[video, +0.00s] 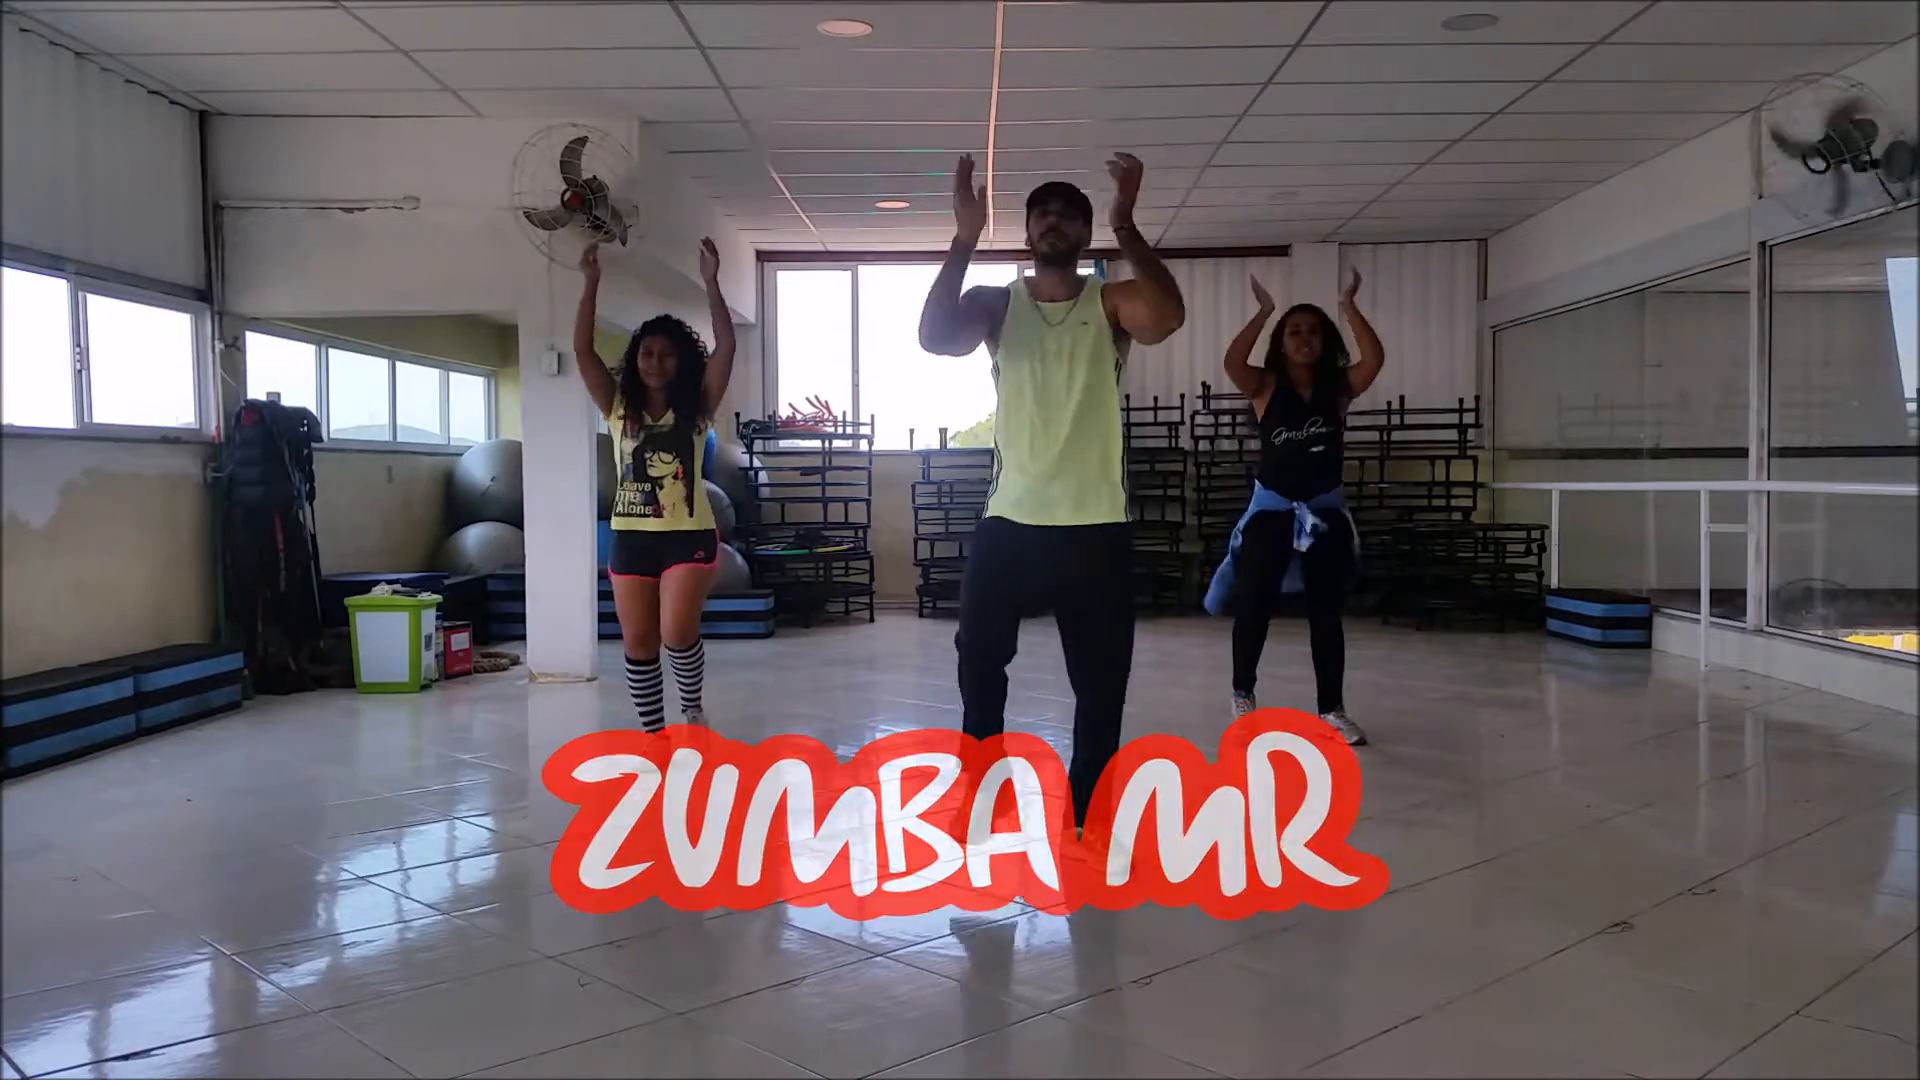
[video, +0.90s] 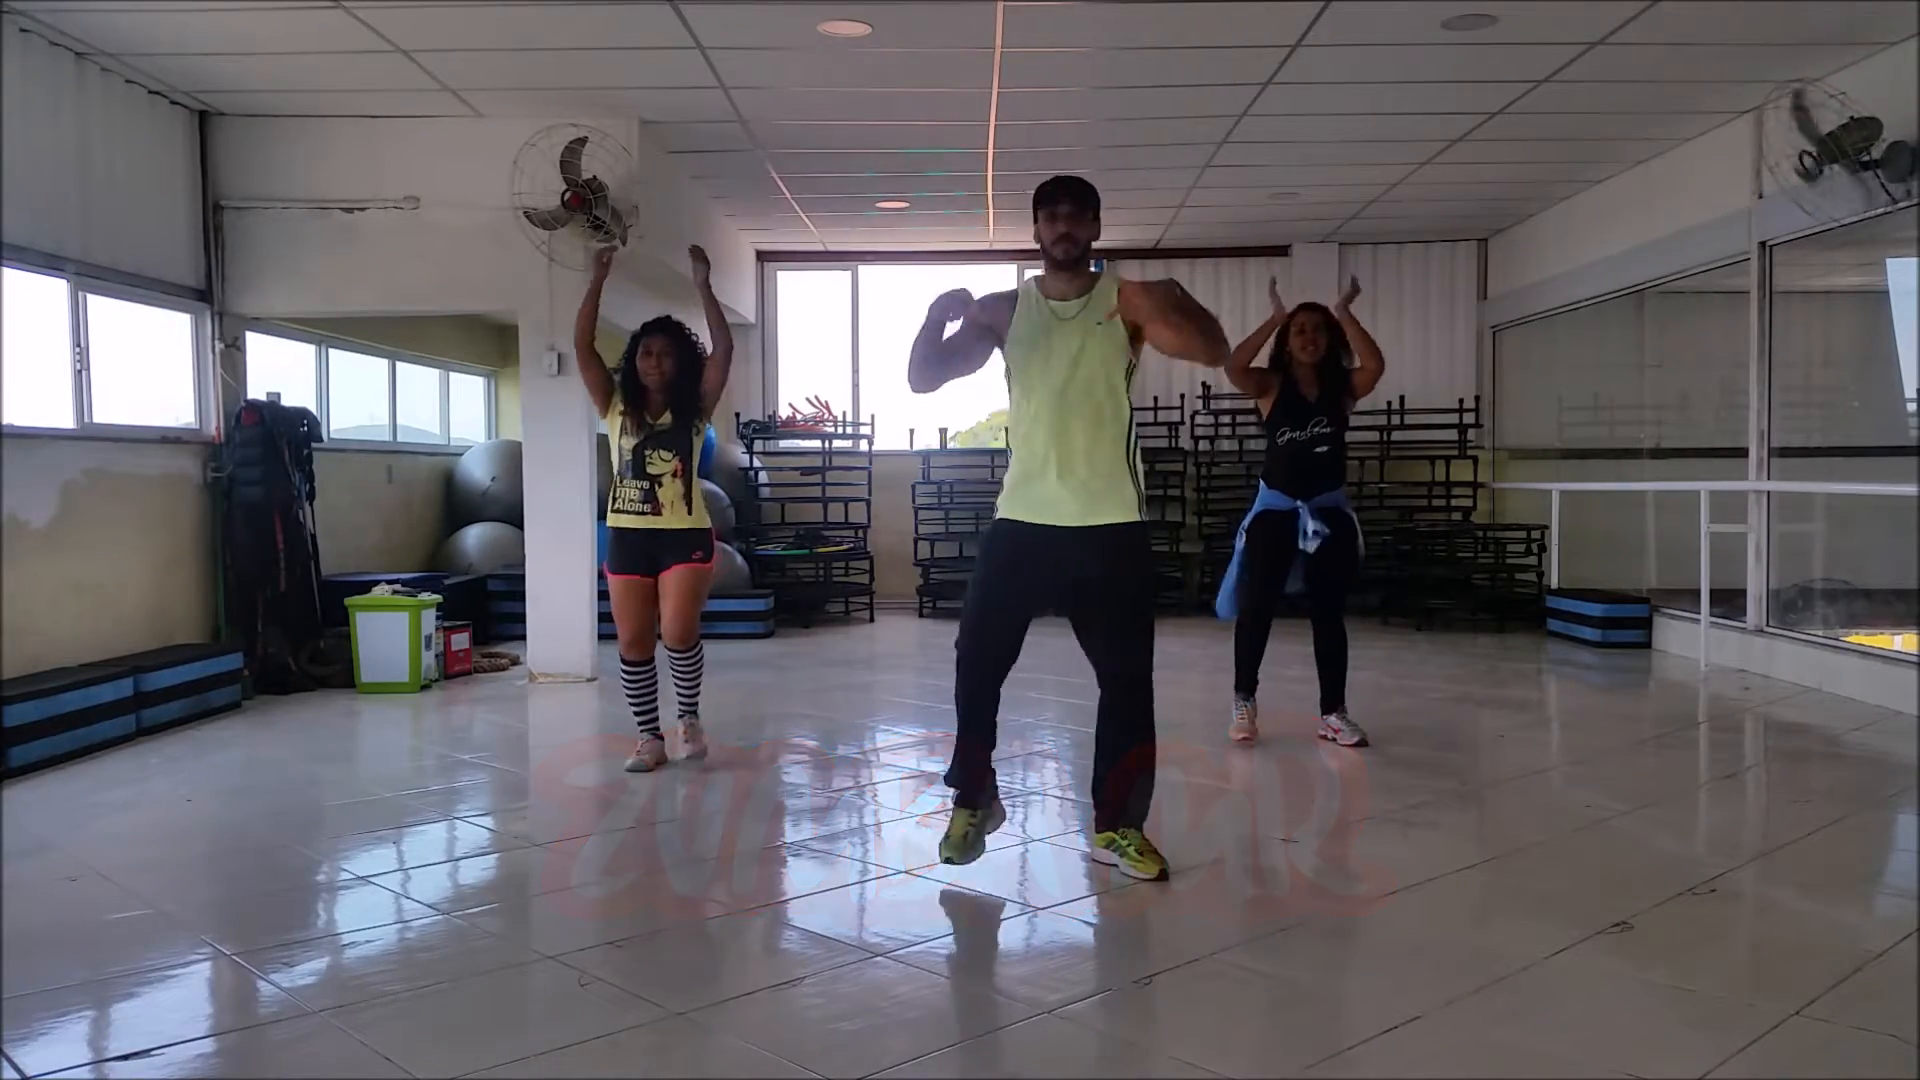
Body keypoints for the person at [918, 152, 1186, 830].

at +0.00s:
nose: (1053, 225)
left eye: (1067, 217)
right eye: (1041, 216)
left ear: (1087, 235)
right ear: (1027, 234)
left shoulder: (1112, 298)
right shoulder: (996, 303)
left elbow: (1167, 313)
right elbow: (935, 336)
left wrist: (1123, 226)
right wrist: (967, 235)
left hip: (1095, 523)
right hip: (1012, 520)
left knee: (1102, 691)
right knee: (979, 666)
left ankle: (1086, 827)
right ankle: (983, 803)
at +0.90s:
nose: (1066, 228)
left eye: (1079, 216)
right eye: (1053, 217)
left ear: (1098, 226)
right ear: (1035, 229)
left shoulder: (1129, 300)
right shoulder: (1004, 309)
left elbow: (1211, 350)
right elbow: (922, 378)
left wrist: (1179, 300)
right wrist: (937, 315)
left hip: (1109, 525)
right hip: (1021, 523)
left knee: (1127, 680)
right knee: (977, 663)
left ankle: (1118, 825)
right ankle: (973, 801)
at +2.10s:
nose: (1020, 257)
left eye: (1033, 246)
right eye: (1008, 245)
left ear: (1054, 256)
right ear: (991, 255)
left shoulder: (1090, 335)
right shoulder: (956, 352)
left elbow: (1125, 424)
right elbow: (912, 451)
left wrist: (1134, 444)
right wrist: (861, 524)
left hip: (1068, 559)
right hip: (970, 561)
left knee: (1140, 697)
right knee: (914, 705)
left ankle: (1179, 830)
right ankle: (889, 837)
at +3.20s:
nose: (1036, 310)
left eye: (1049, 298)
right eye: (1024, 298)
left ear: (1069, 307)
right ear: (1007, 308)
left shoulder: (1106, 382)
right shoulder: (976, 405)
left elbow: (1141, 470)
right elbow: (940, 508)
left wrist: (1147, 516)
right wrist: (923, 595)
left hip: (1085, 590)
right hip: (990, 591)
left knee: (1169, 715)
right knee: (933, 718)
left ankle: (1179, 833)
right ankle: (890, 836)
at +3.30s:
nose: (1041, 312)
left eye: (1055, 301)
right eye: (1029, 300)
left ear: (1072, 310)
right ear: (1010, 308)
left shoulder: (1103, 385)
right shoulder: (975, 404)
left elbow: (1140, 472)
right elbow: (940, 504)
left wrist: (1150, 517)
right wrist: (929, 592)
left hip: (1091, 588)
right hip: (996, 590)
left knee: (1171, 712)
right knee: (938, 718)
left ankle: (1179, 832)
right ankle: (891, 836)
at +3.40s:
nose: (1043, 313)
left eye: (1056, 302)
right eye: (1031, 301)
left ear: (1073, 311)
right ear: (1012, 308)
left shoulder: (1101, 388)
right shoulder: (970, 401)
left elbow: (1139, 475)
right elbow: (935, 495)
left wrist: (1159, 526)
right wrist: (935, 582)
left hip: (1099, 583)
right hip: (1005, 590)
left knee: (1172, 707)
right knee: (950, 720)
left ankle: (1180, 833)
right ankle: (892, 838)